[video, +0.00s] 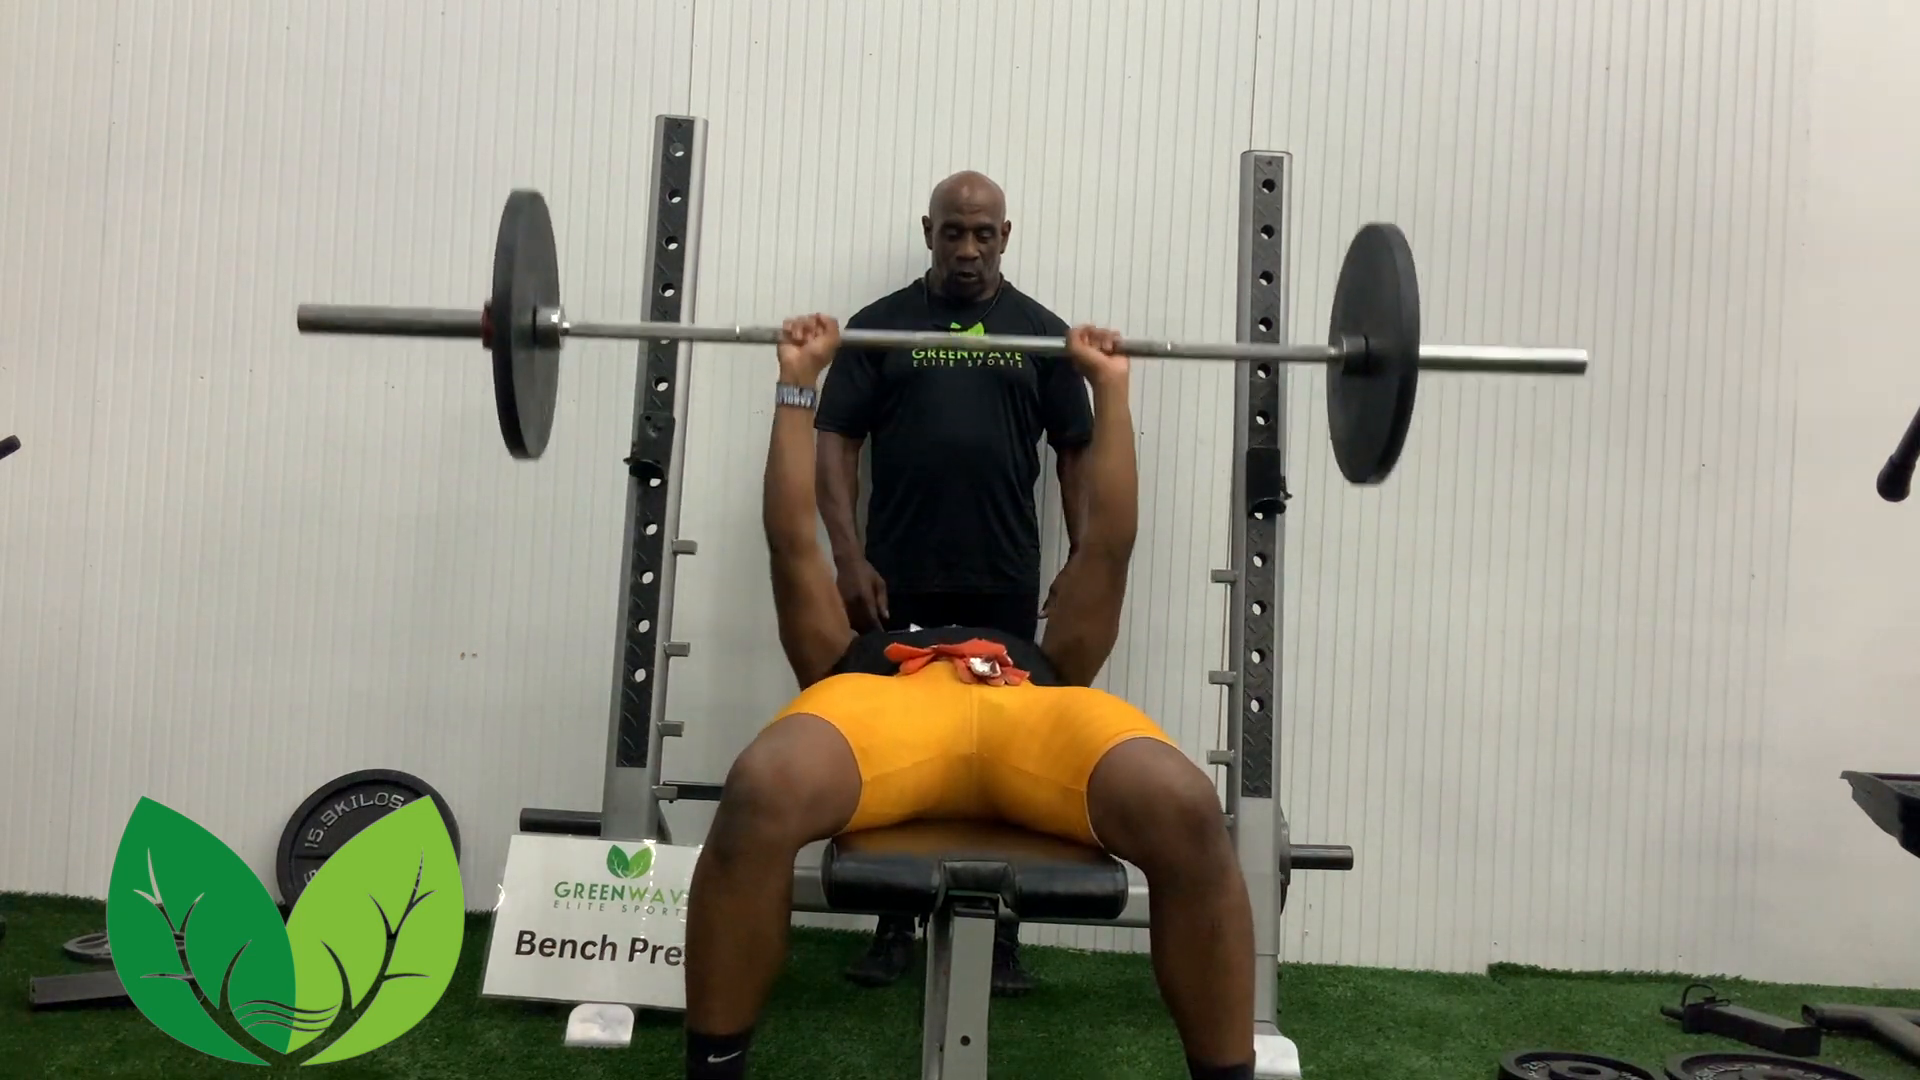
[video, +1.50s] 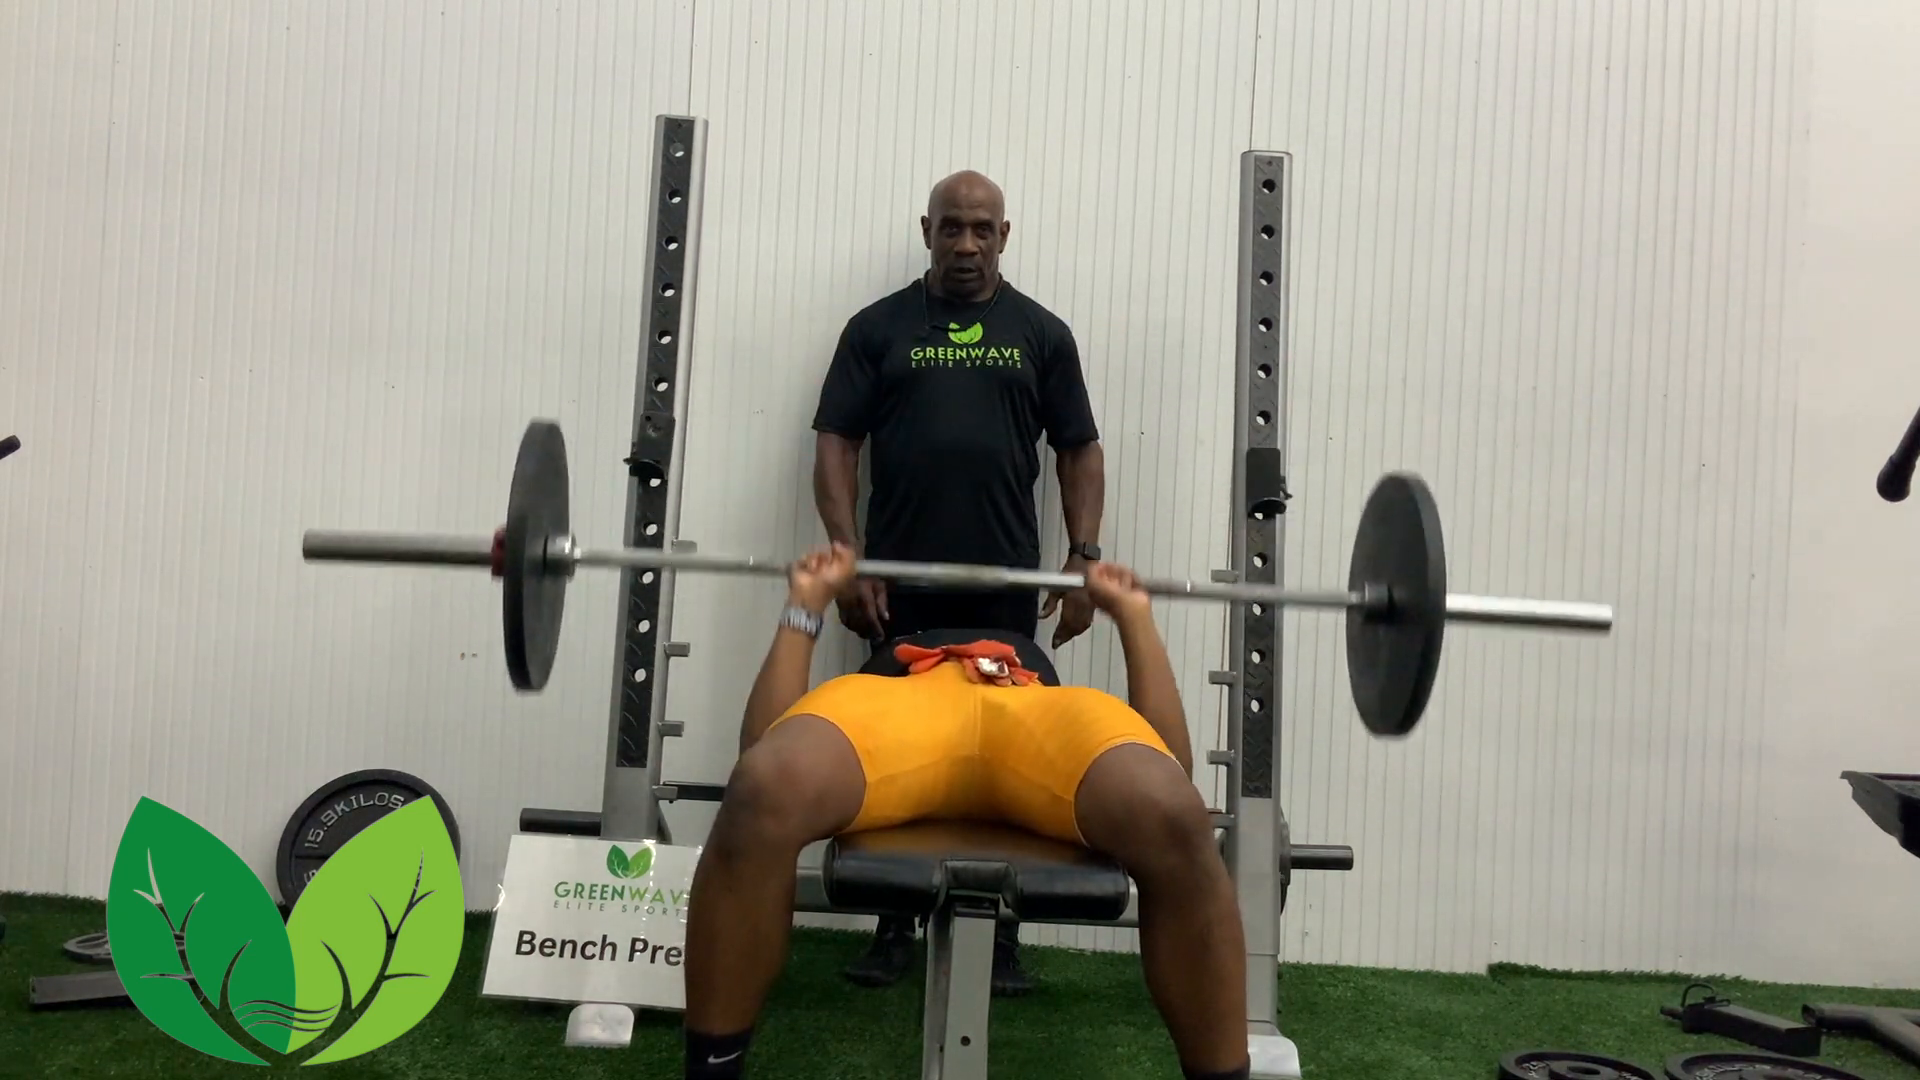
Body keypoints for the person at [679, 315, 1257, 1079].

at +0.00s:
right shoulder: (849, 662)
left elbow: (1106, 543)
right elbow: (794, 539)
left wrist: (1112, 385)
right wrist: (797, 388)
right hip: (879, 698)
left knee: (1187, 810)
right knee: (758, 790)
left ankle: (1229, 1072)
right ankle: (714, 1067)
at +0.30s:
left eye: (1004, 657)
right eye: (942, 655)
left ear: (1024, 670)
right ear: (922, 664)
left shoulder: (1050, 685)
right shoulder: (875, 682)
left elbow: (1171, 708)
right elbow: (745, 700)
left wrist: (1125, 555)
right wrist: (790, 559)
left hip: (1043, 706)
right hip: (895, 698)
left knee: (1189, 820)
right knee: (760, 793)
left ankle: (1226, 1073)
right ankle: (712, 1066)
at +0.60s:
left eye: (996, 650)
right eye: (947, 647)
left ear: (1019, 663)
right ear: (923, 651)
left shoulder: (1053, 707)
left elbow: (1164, 761)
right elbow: (737, 766)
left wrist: (1120, 619)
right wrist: (785, 626)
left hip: (1049, 710)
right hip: (892, 692)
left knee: (1182, 818)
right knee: (760, 795)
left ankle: (1228, 1070)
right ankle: (711, 1067)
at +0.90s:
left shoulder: (1064, 691)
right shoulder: (859, 684)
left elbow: (1149, 611)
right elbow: (761, 595)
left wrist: (1128, 453)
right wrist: (796, 451)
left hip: (1040, 708)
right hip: (890, 702)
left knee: (1179, 817)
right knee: (759, 789)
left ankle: (1224, 1070)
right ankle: (716, 1064)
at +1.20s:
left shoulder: (1063, 678)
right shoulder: (855, 672)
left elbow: (1127, 564)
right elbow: (799, 544)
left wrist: (1133, 411)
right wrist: (815, 405)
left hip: (1047, 708)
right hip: (888, 698)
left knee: (1179, 814)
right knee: (761, 786)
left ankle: (1227, 1072)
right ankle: (712, 1068)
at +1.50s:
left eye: (999, 655)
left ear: (1028, 671)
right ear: (921, 648)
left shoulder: (1056, 700)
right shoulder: (885, 689)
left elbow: (1171, 772)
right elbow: (763, 754)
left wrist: (1136, 620)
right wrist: (803, 612)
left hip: (1053, 707)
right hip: (890, 698)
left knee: (1178, 823)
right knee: (761, 789)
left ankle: (1223, 1072)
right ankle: (711, 1066)